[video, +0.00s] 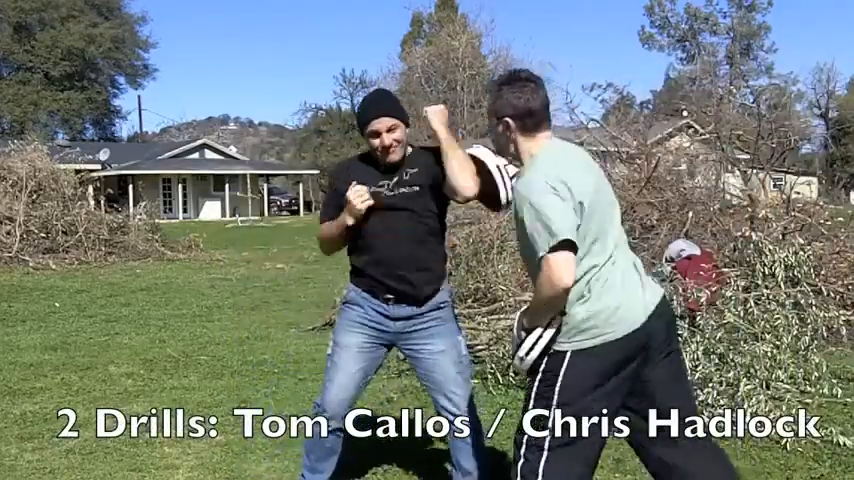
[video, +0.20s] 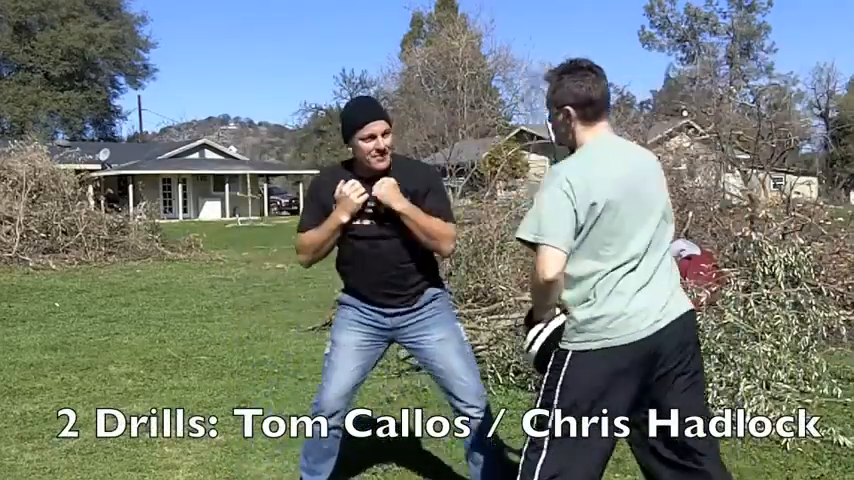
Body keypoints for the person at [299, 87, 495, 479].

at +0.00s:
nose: (385, 141)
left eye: (391, 130)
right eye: (375, 135)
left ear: (406, 127)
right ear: (365, 136)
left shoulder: (431, 162)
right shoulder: (348, 173)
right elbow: (327, 244)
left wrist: (442, 130)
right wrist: (346, 218)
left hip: (430, 312)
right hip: (364, 310)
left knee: (459, 410)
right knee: (332, 406)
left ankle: (469, 476)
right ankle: (314, 475)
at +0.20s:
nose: (380, 145)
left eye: (385, 134)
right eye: (369, 138)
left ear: (392, 134)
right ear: (350, 143)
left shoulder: (421, 175)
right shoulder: (329, 183)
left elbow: (446, 244)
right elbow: (305, 254)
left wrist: (401, 204)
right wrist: (340, 215)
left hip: (426, 308)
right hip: (359, 311)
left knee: (474, 405)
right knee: (330, 404)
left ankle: (490, 475)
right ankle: (313, 475)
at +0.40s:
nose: (424, 144)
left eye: (427, 135)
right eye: (413, 136)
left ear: (432, 138)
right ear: (388, 145)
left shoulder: (451, 179)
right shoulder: (359, 186)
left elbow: (495, 237)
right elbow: (325, 255)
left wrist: (456, 211)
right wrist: (353, 228)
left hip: (449, 316)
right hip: (383, 318)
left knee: (500, 406)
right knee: (349, 406)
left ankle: (522, 476)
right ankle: (321, 475)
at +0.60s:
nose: (519, 139)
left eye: (522, 133)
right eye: (509, 131)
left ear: (522, 144)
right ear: (481, 139)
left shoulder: (503, 196)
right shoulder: (457, 170)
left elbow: (500, 256)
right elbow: (474, 160)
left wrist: (519, 227)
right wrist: (548, 133)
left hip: (476, 320)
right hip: (429, 311)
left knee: (511, 407)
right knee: (402, 415)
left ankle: (525, 476)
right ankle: (324, 468)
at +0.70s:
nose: (547, 153)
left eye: (547, 146)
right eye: (539, 144)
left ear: (512, 150)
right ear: (512, 146)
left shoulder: (516, 186)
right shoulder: (500, 170)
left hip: (481, 322)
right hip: (446, 315)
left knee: (515, 418)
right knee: (430, 424)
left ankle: (524, 476)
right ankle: (369, 474)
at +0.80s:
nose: (572, 171)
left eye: (574, 163)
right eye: (569, 162)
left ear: (533, 160)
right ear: (547, 160)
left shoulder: (502, 184)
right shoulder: (532, 188)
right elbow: (553, 261)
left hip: (493, 310)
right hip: (467, 305)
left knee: (516, 404)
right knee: (458, 424)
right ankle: (406, 474)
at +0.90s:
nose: (577, 180)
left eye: (578, 172)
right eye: (576, 171)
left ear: (543, 157)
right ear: (563, 163)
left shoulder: (522, 183)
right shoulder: (535, 185)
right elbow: (509, 259)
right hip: (471, 300)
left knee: (532, 396)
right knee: (457, 418)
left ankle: (527, 471)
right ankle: (404, 474)